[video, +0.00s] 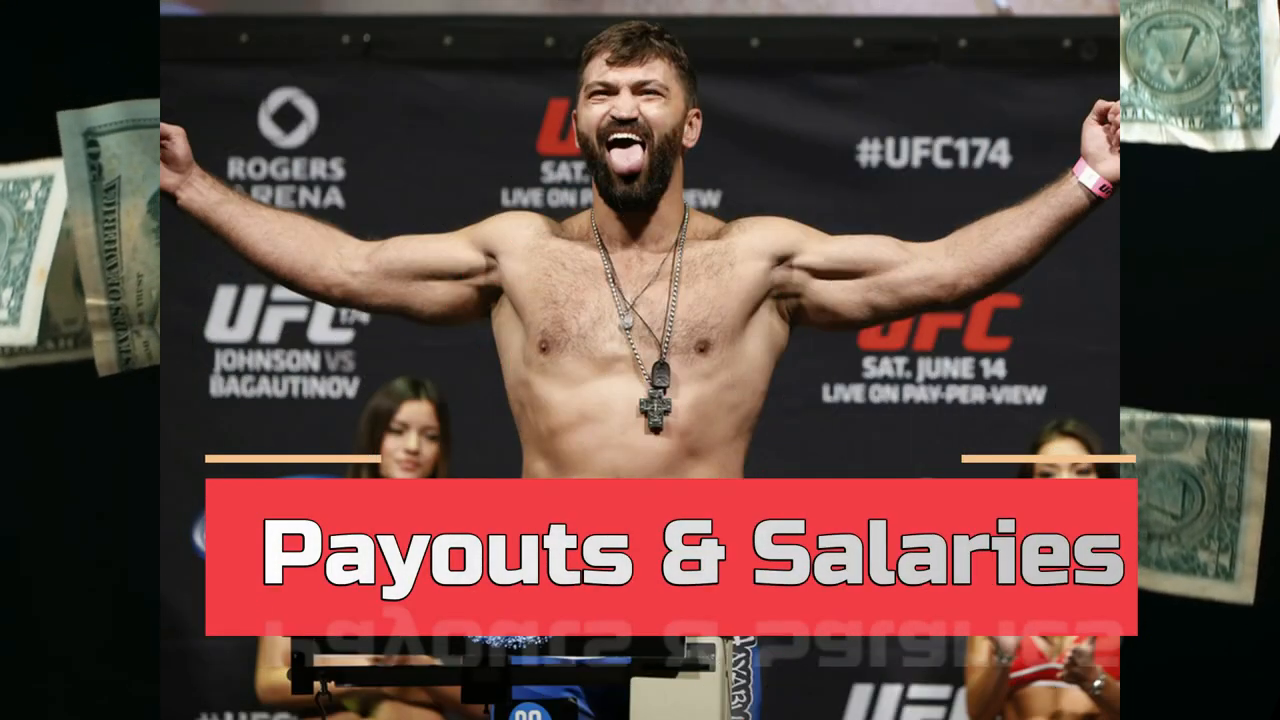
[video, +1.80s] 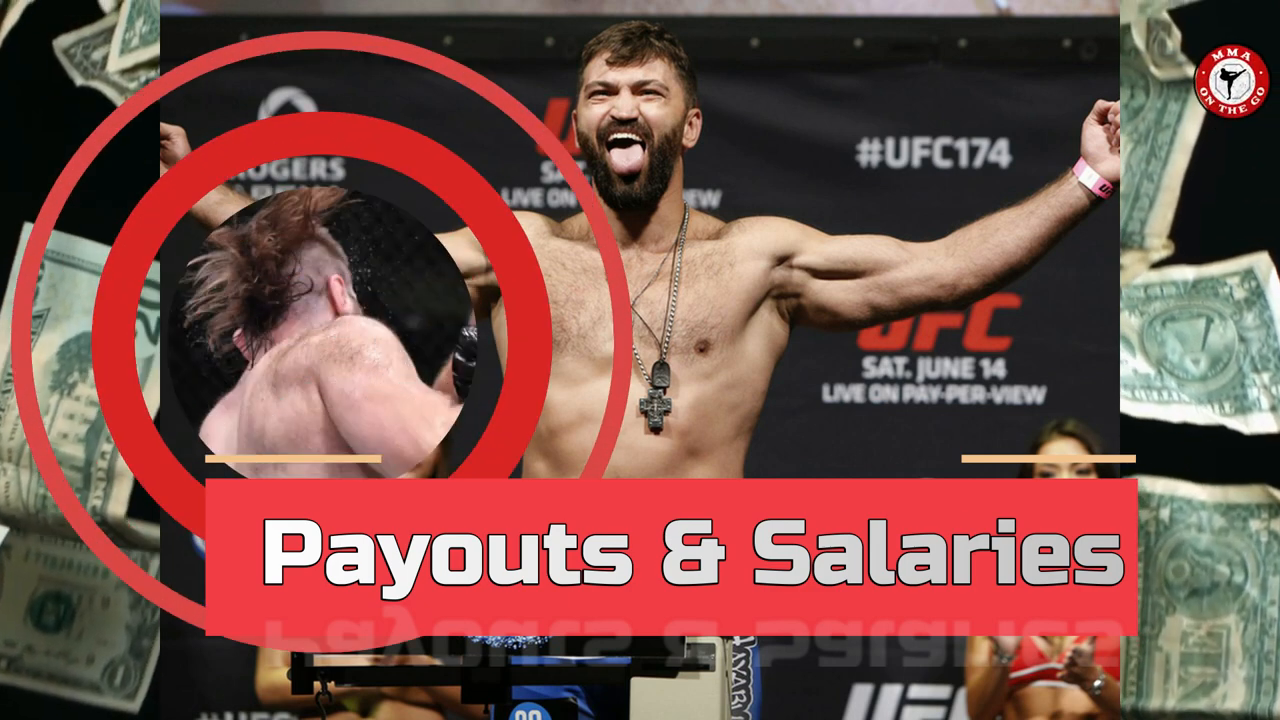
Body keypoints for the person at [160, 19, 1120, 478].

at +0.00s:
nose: (623, 107)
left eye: (647, 93)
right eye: (604, 92)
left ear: (690, 125)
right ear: (574, 124)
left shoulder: (764, 254)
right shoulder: (512, 246)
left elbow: (939, 269)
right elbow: (348, 267)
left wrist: (1082, 185)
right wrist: (196, 190)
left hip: (702, 595)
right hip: (542, 590)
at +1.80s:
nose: (619, 106)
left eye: (646, 91)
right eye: (600, 90)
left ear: (692, 128)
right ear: (571, 123)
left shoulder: (763, 255)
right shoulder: (515, 241)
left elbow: (944, 268)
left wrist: (1086, 180)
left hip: (684, 601)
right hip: (520, 593)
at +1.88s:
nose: (620, 108)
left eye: (647, 91)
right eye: (599, 95)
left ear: (689, 125)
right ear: (571, 132)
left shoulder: (763, 254)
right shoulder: (527, 244)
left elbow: (945, 269)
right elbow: (460, 411)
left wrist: (1090, 178)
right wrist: (481, 372)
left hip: (695, 594)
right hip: (535, 591)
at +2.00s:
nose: (616, 108)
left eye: (634, 92)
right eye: (595, 98)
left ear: (676, 115)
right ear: (580, 140)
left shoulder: (753, 244)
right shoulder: (633, 264)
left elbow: (938, 270)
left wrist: (1086, 180)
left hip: (696, 532)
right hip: (610, 525)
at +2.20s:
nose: (765, 180)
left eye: (779, 165)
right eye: (749, 164)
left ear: (797, 163)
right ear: (720, 157)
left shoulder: (806, 233)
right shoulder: (663, 230)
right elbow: (561, 310)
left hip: (765, 451)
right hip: (674, 449)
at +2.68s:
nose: (766, 181)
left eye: (781, 165)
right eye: (750, 164)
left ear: (800, 162)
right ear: (720, 158)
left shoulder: (803, 238)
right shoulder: (661, 232)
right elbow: (560, 310)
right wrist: (619, 406)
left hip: (768, 463)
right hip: (670, 462)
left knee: (757, 643)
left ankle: (729, 713)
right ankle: (675, 709)